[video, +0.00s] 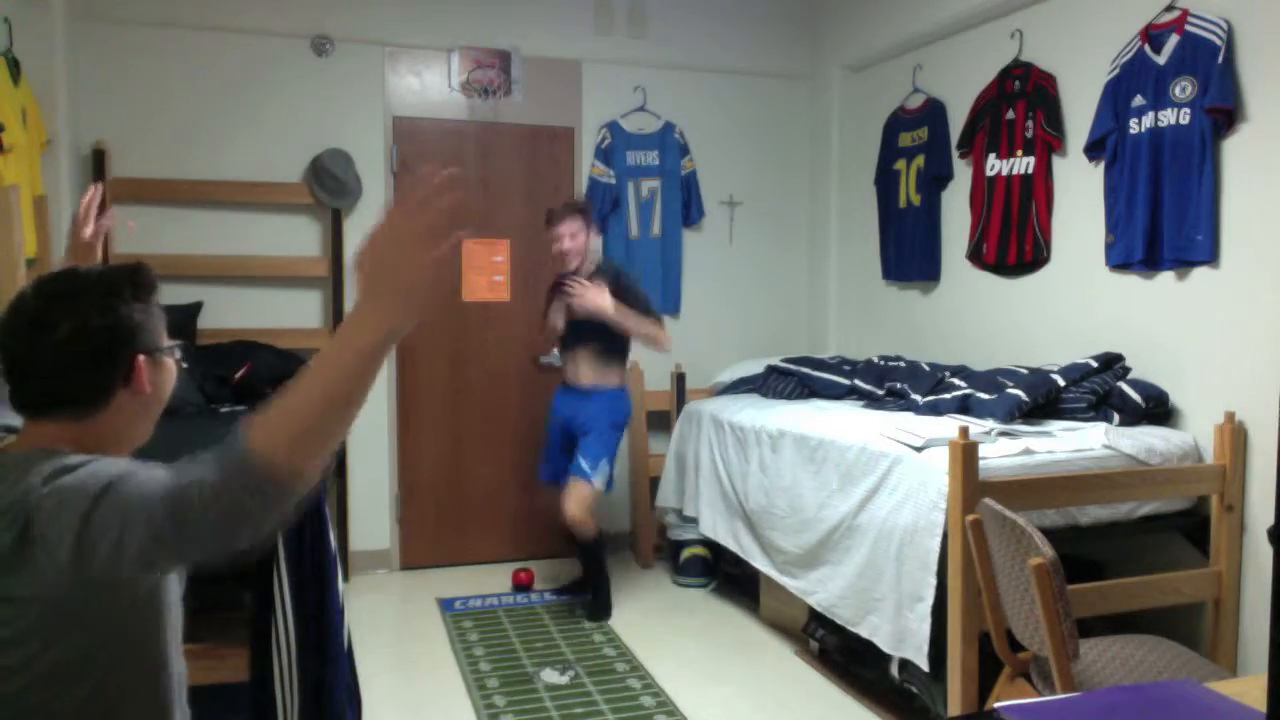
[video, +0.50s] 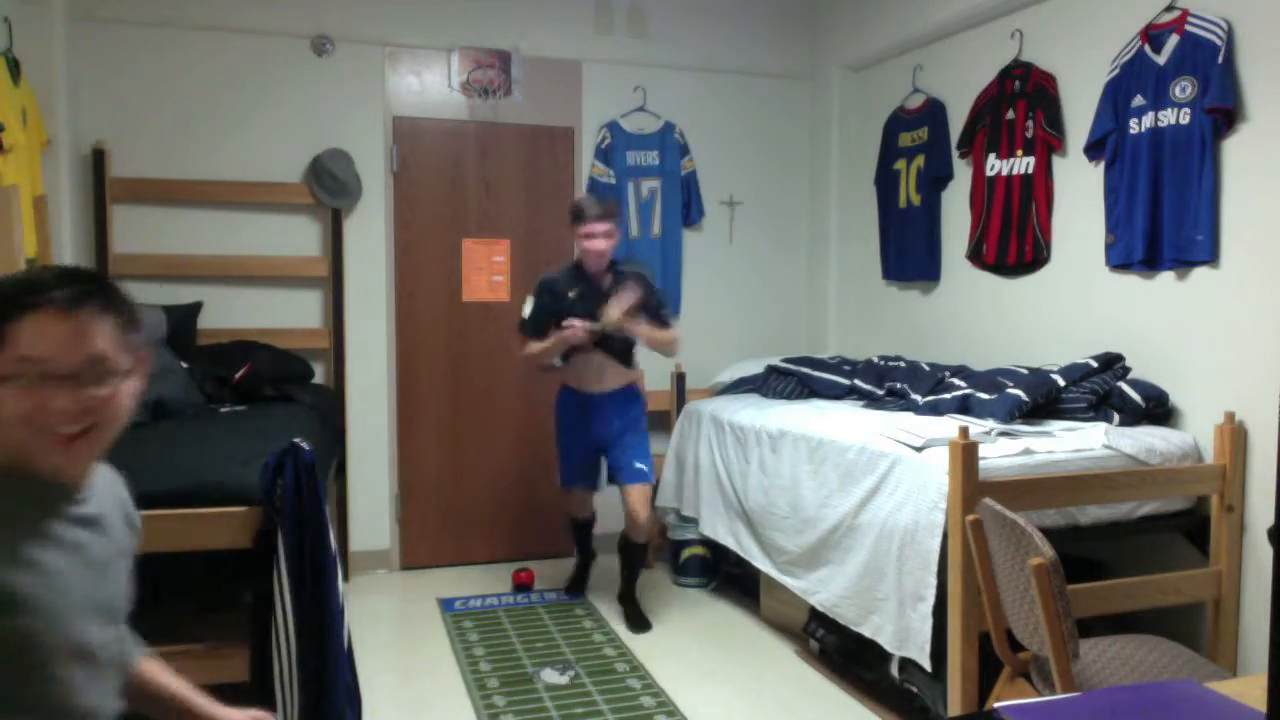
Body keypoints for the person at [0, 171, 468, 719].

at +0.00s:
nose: (175, 367)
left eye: (169, 349)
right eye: (169, 351)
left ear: (29, 366)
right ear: (138, 376)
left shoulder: (17, 477)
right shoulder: (86, 503)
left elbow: (44, 371)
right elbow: (254, 482)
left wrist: (73, 283)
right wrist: (379, 313)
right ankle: (318, 702)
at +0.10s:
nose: (181, 370)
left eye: (177, 354)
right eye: (171, 355)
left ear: (40, 368)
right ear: (133, 375)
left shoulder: (22, 483)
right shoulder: (92, 513)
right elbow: (249, 602)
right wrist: (345, 416)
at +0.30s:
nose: (137, 386)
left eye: (148, 359)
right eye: (101, 365)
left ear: (169, 361)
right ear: (16, 377)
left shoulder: (99, 480)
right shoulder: (16, 513)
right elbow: (26, 709)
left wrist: (204, 646)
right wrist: (239, 679)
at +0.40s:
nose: (101, 394)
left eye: (123, 366)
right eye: (67, 372)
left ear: (159, 368)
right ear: (9, 380)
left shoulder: (111, 482)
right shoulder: (10, 511)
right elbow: (6, 694)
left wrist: (172, 706)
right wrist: (74, 706)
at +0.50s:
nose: (66, 404)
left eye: (95, 375)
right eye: (32, 378)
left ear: (139, 374)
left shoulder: (108, 494)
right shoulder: (10, 512)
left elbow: (104, 640)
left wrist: (212, 711)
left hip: (101, 710)